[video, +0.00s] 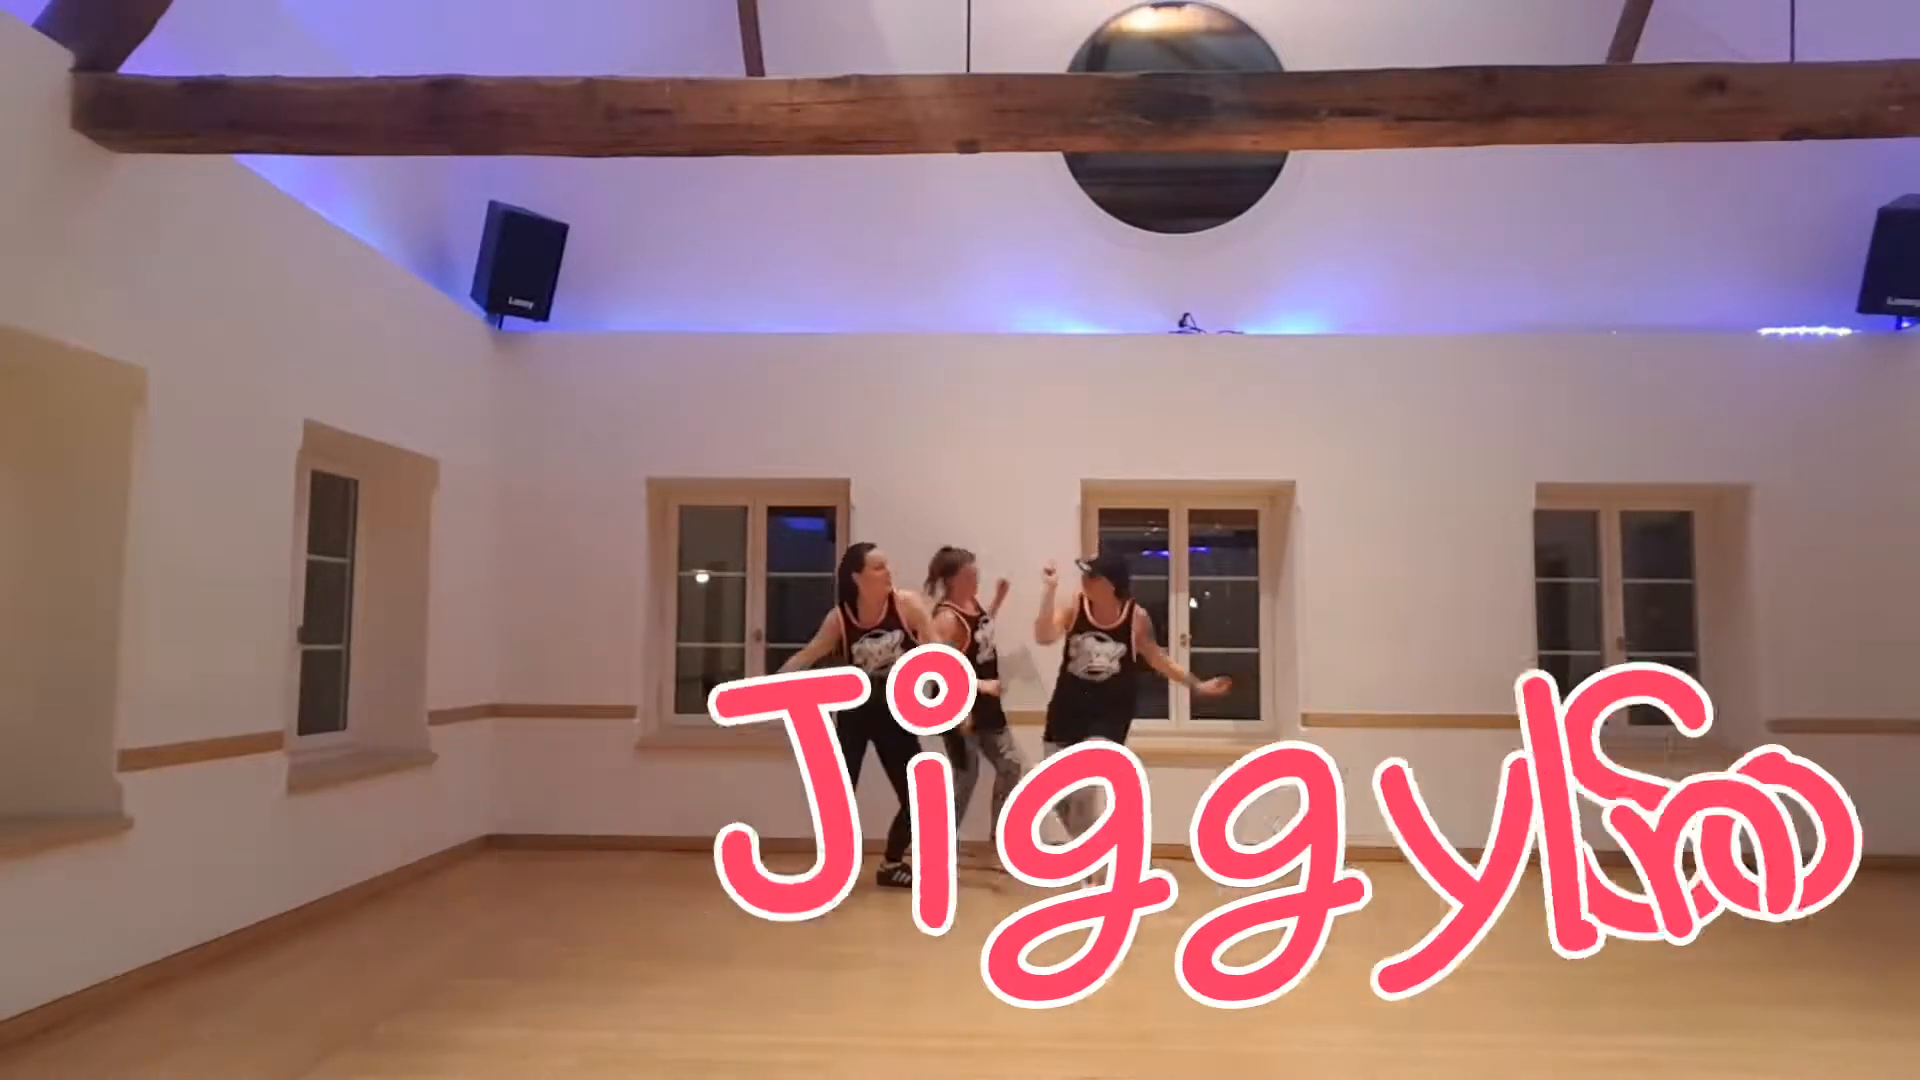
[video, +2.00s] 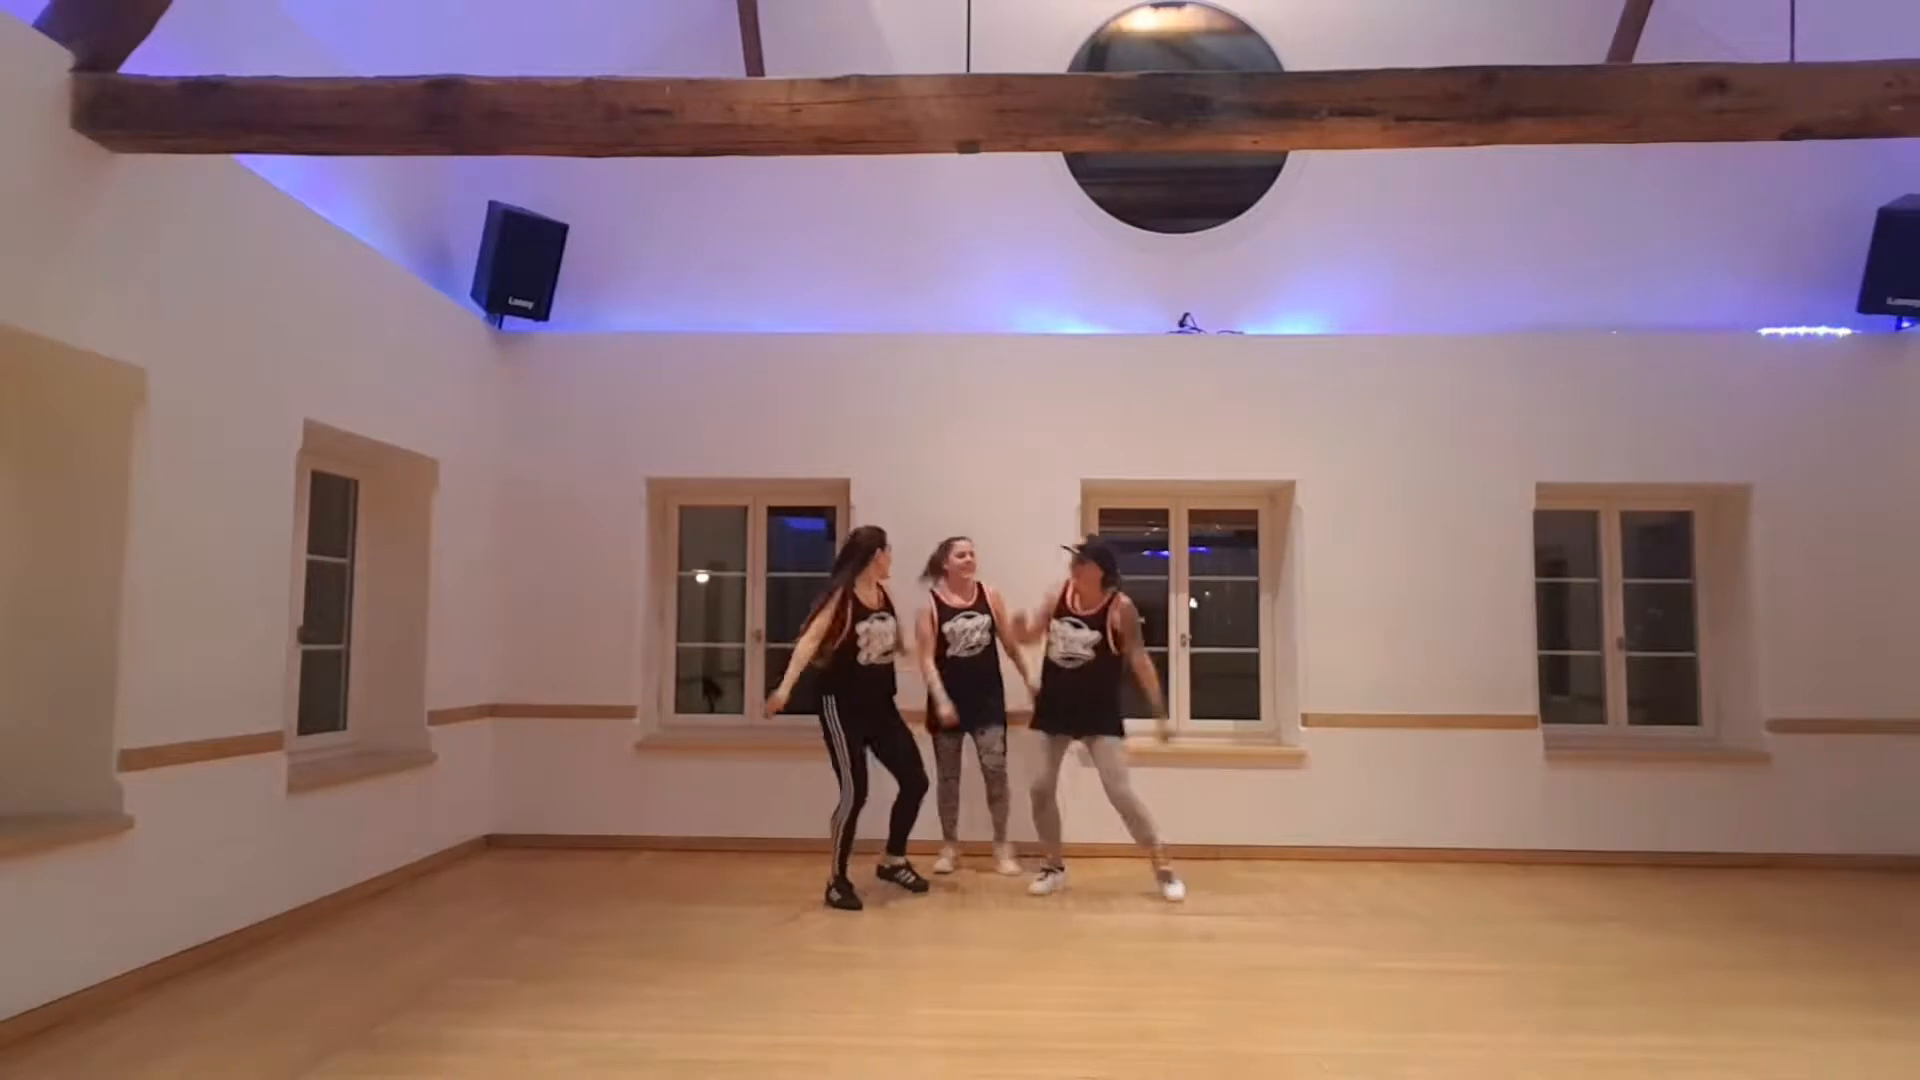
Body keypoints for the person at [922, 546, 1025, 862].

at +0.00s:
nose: (976, 579)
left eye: (974, 573)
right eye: (969, 574)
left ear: (967, 577)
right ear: (951, 579)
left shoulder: (970, 603)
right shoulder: (946, 619)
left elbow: (982, 628)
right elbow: (940, 670)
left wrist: (997, 601)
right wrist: (980, 684)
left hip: (987, 704)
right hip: (961, 710)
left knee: (1011, 767)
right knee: (964, 774)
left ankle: (1004, 837)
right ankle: (943, 841)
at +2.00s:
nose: (969, 560)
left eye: (972, 554)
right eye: (961, 555)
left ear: (977, 560)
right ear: (944, 563)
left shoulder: (990, 597)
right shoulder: (931, 605)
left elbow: (1011, 644)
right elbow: (926, 658)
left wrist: (1030, 680)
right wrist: (941, 699)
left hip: (987, 694)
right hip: (947, 696)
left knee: (995, 769)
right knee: (948, 775)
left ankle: (1002, 844)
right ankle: (949, 845)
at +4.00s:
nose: (1023, 565)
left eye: (1031, 561)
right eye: (1018, 558)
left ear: (1040, 571)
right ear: (1008, 563)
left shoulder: (1042, 604)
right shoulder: (984, 592)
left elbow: (1042, 656)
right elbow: (951, 625)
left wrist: (1010, 690)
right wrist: (942, 668)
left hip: (1012, 696)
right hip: (971, 691)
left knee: (1015, 774)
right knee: (965, 773)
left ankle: (1017, 848)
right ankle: (958, 849)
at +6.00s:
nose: (883, 592)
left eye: (888, 586)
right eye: (877, 585)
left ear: (892, 586)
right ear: (860, 583)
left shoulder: (893, 616)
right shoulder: (845, 604)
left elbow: (920, 663)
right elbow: (874, 632)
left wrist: (947, 702)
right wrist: (911, 655)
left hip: (906, 698)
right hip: (865, 704)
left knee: (945, 759)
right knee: (858, 776)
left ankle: (969, 840)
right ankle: (847, 843)